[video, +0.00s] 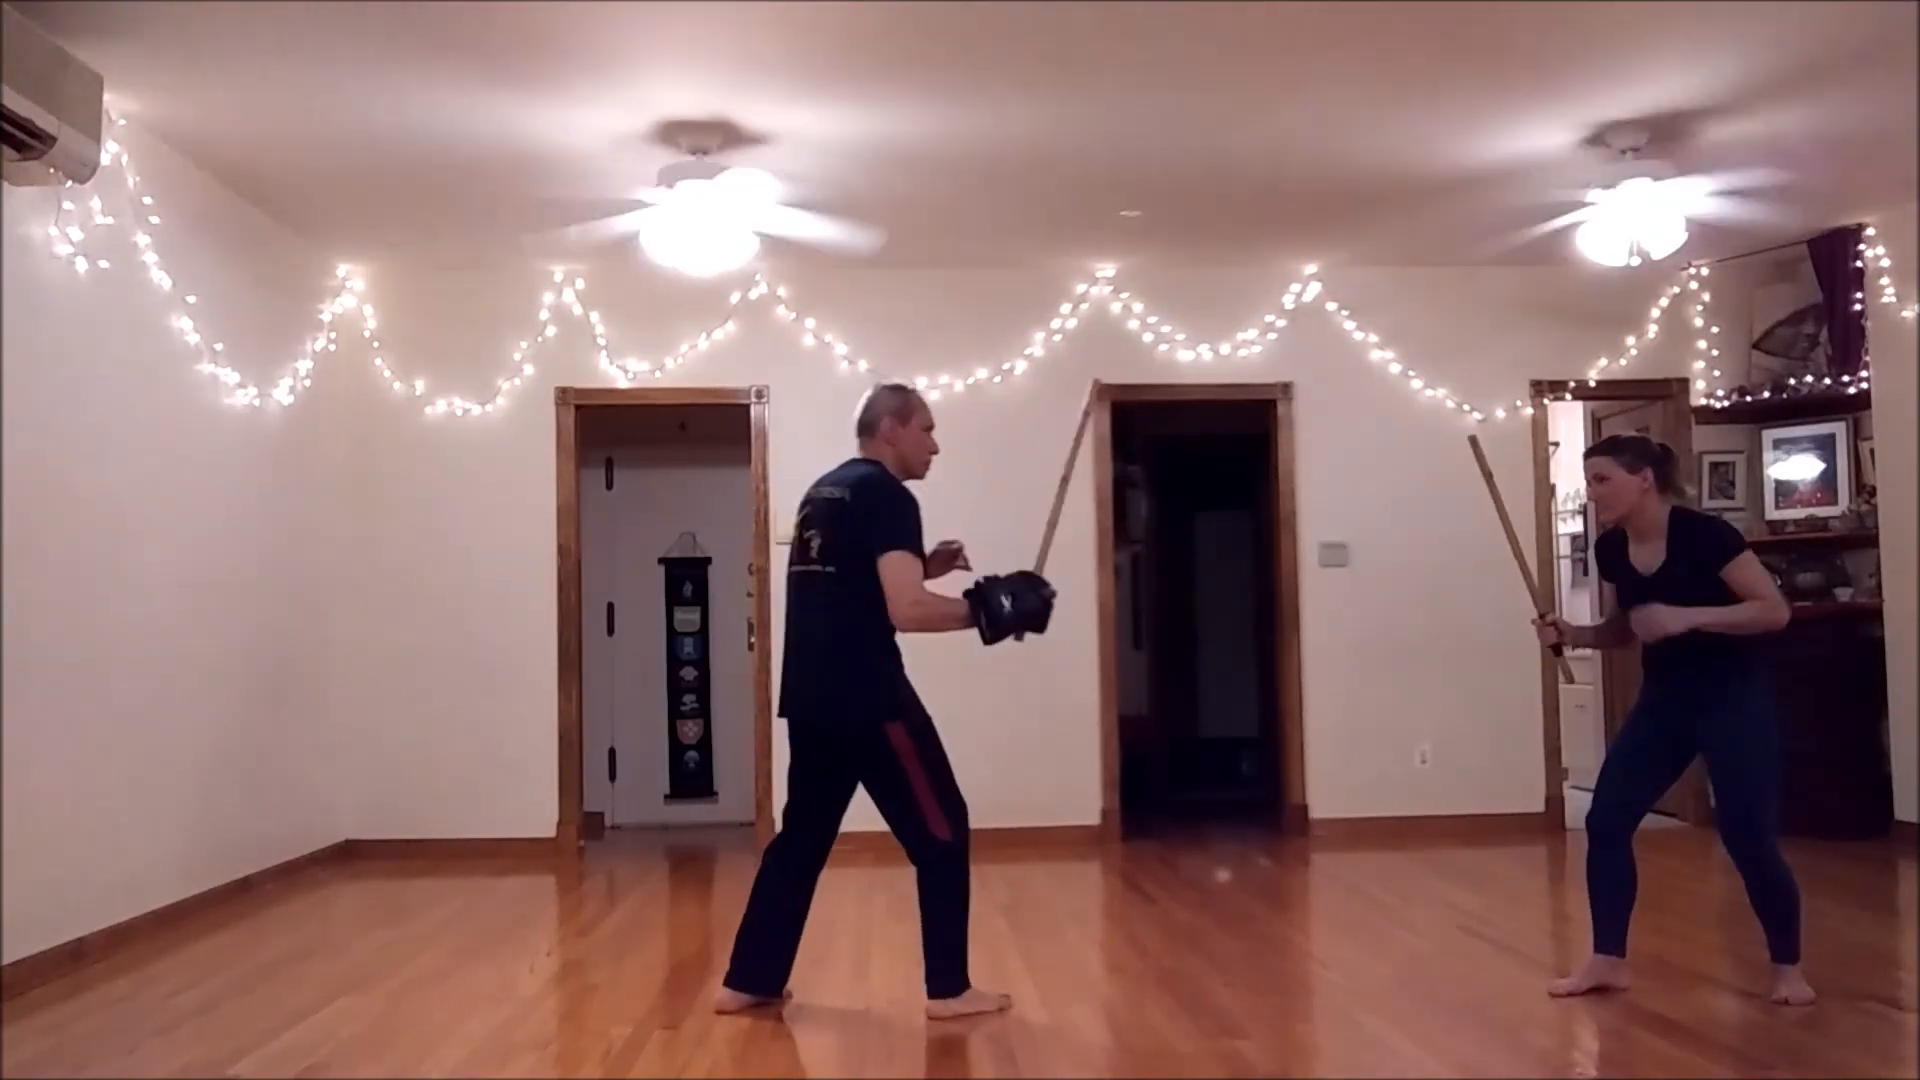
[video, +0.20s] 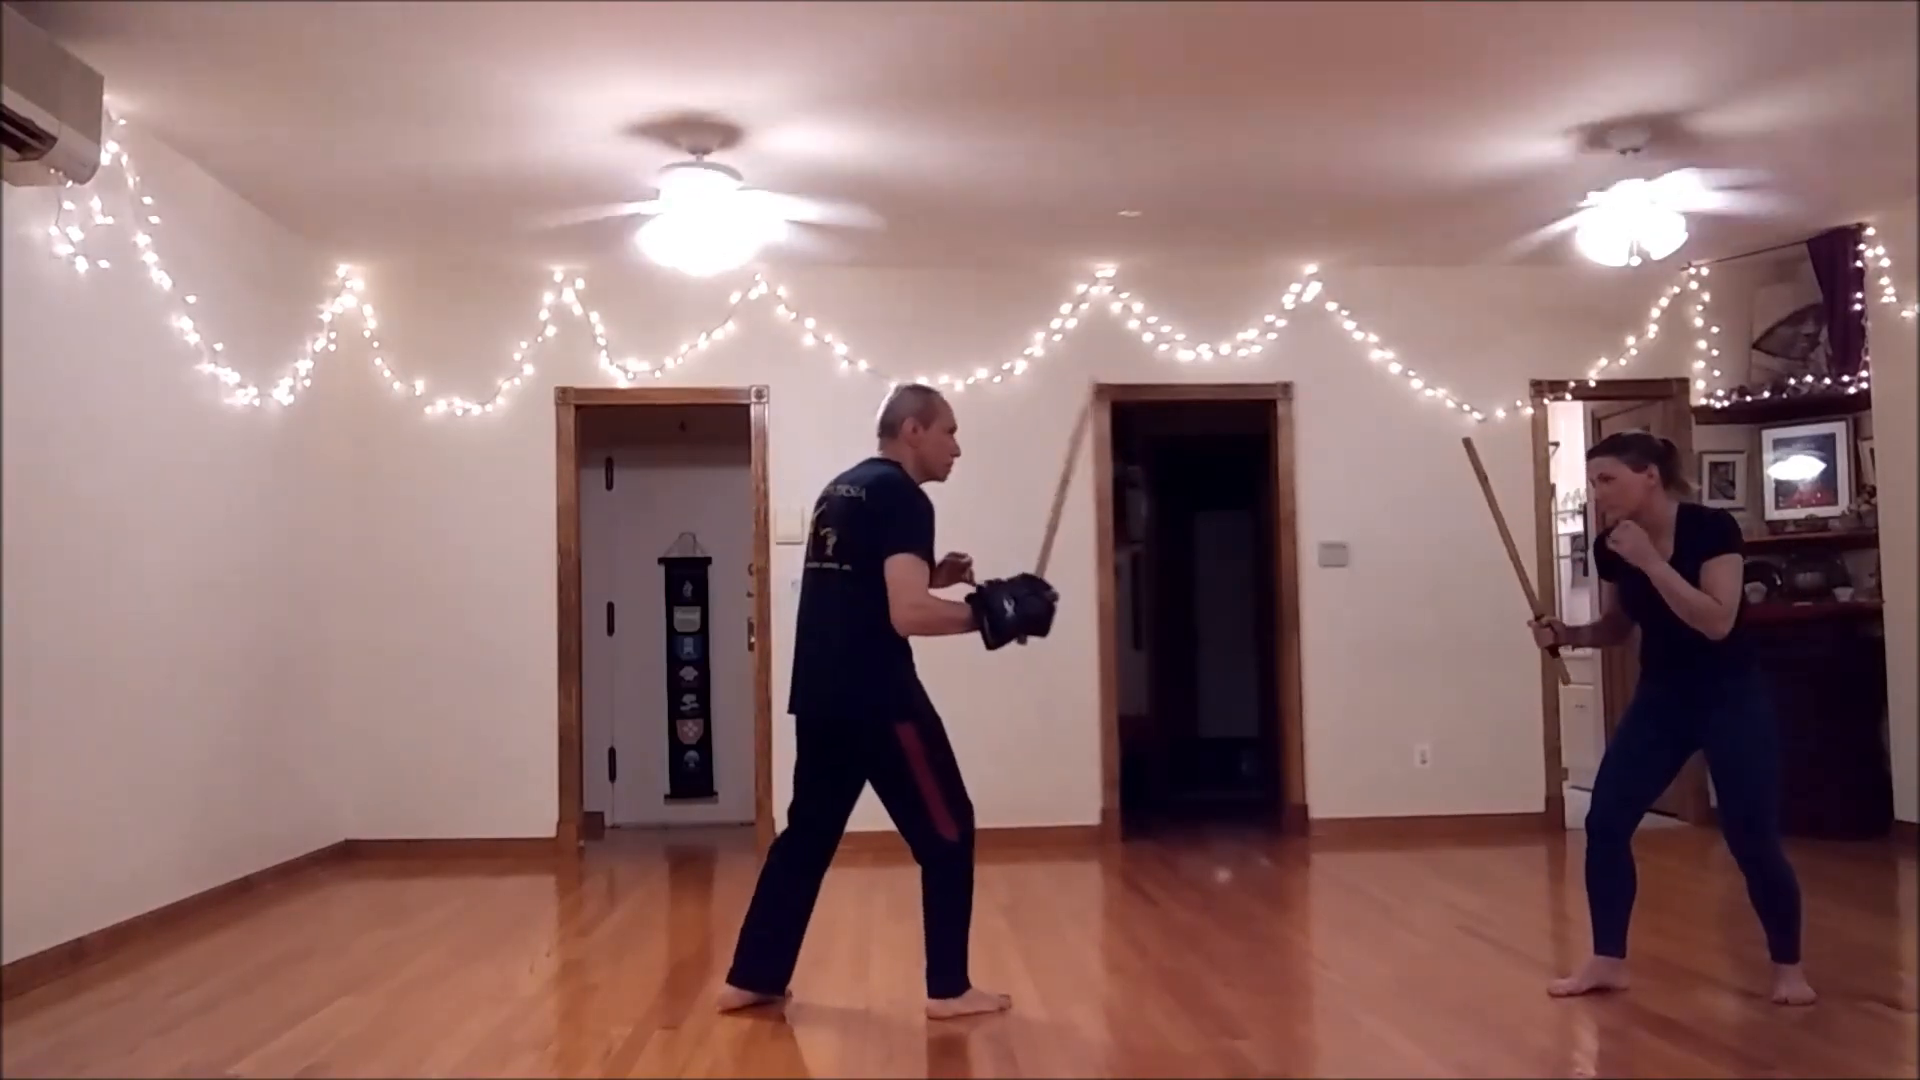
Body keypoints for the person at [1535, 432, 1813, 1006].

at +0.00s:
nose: (1592, 493)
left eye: (1601, 480)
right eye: (1589, 482)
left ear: (1642, 480)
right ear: (1627, 485)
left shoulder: (1705, 535)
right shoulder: (1612, 548)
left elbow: (1775, 611)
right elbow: (1624, 629)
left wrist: (1684, 617)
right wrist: (1571, 634)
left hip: (1734, 707)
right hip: (1664, 707)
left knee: (1748, 838)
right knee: (1606, 821)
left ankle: (1788, 969)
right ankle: (1607, 960)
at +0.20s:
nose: (1596, 494)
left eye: (1605, 480)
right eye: (1592, 483)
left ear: (1647, 476)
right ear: (1629, 483)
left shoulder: (1712, 528)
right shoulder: (1615, 547)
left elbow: (1718, 621)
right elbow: (1618, 626)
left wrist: (1649, 560)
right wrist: (1567, 636)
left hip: (1731, 699)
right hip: (1663, 699)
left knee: (1751, 835)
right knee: (1606, 821)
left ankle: (1788, 967)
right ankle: (1607, 960)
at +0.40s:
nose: (1597, 489)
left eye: (1606, 476)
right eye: (1594, 479)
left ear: (1646, 473)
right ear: (1628, 480)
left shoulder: (1708, 526)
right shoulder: (1615, 544)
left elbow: (1741, 616)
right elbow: (1622, 628)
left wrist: (1657, 585)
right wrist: (1574, 633)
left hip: (1731, 699)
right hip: (1663, 699)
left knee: (1752, 835)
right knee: (1610, 821)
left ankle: (1788, 967)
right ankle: (1608, 960)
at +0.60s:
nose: (1589, 491)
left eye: (1595, 478)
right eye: (1585, 481)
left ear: (1636, 473)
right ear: (1625, 478)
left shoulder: (1705, 528)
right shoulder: (1611, 544)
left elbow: (1764, 607)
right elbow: (1628, 624)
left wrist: (1682, 607)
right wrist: (1573, 634)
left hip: (1734, 700)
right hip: (1665, 701)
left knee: (1755, 829)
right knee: (1611, 821)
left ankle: (1790, 966)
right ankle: (1611, 959)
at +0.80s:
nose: (1567, 505)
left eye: (1575, 492)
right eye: (1563, 495)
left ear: (1616, 489)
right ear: (1608, 495)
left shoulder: (1684, 548)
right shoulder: (1582, 563)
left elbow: (1745, 627)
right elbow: (1579, 647)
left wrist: (1666, 644)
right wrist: (1528, 642)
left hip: (1699, 717)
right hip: (1627, 718)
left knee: (1736, 843)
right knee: (1547, 818)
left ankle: (1788, 960)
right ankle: (1569, 956)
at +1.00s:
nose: (1464, 515)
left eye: (1473, 502)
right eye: (1459, 506)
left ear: (1510, 501)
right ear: (1468, 515)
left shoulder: (1567, 558)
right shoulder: (1470, 583)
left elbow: (1613, 634)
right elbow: (1431, 665)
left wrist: (1524, 612)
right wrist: (1369, 645)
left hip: (1600, 736)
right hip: (1528, 741)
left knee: (1686, 840)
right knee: (1437, 828)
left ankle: (1781, 950)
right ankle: (1393, 963)